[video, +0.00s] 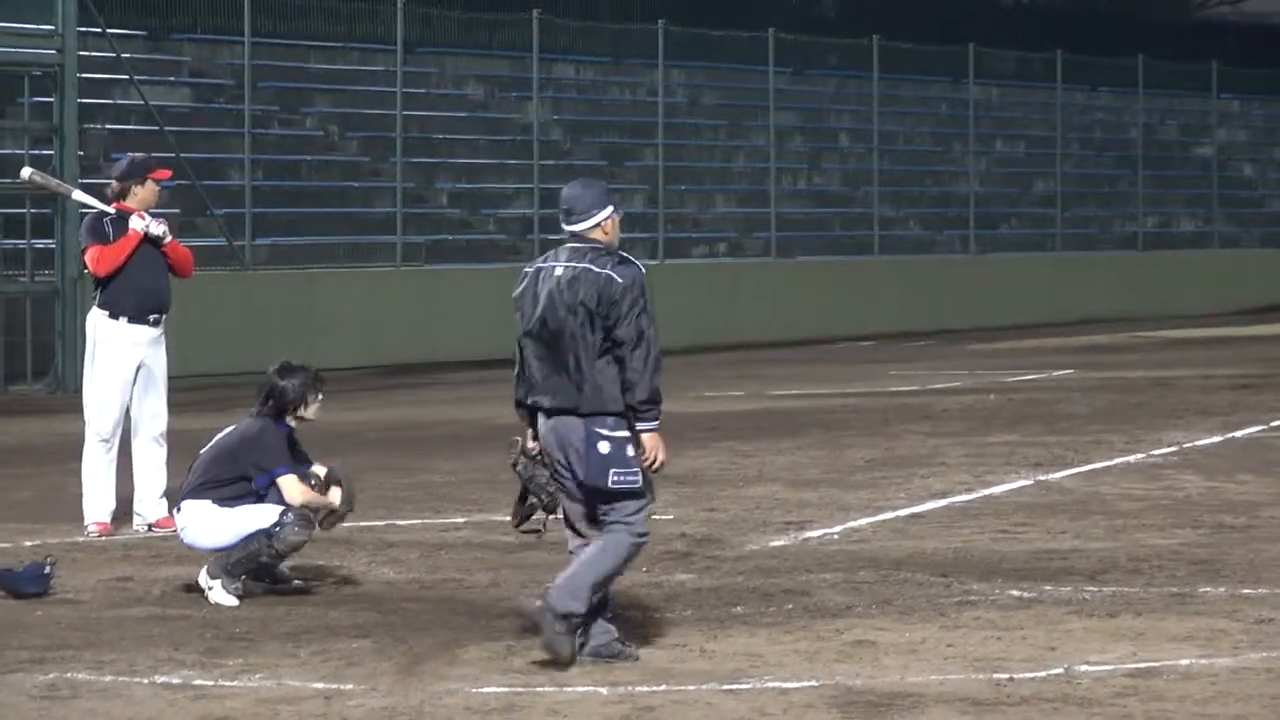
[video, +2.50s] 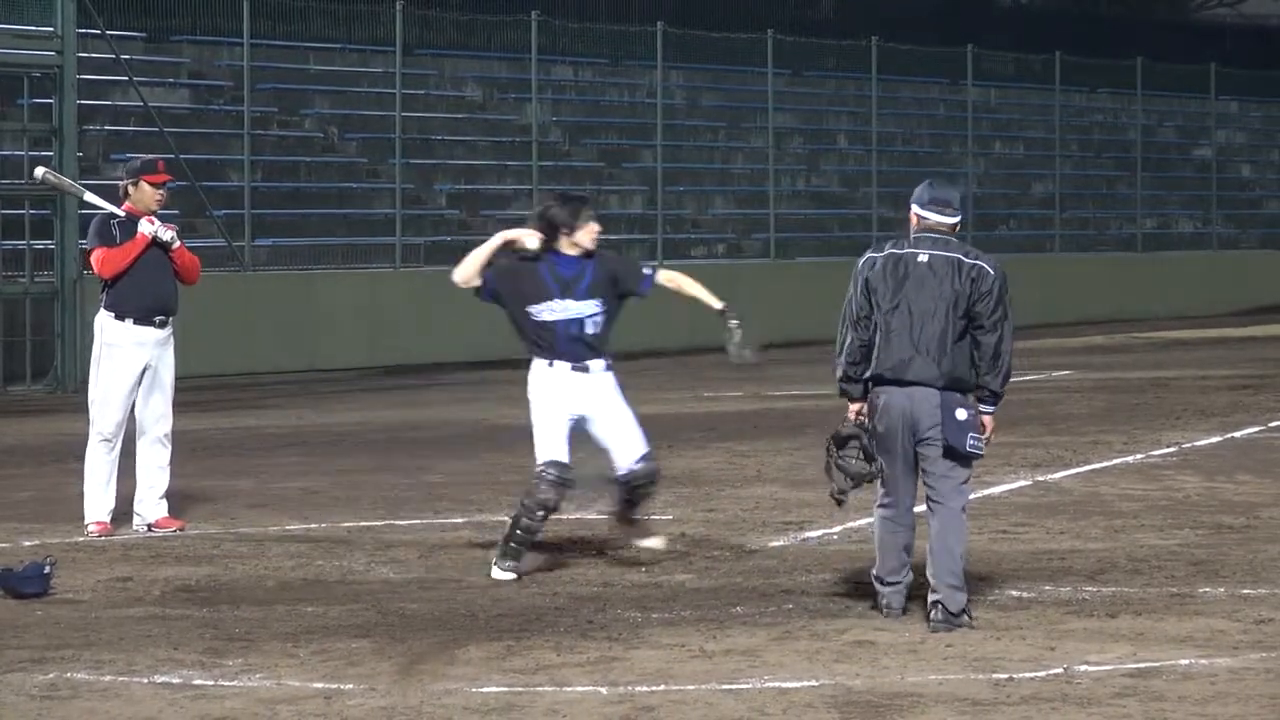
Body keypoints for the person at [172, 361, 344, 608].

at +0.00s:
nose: (321, 399)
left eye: (319, 393)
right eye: (315, 394)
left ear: (286, 399)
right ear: (297, 401)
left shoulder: (279, 430)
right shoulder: (267, 433)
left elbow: (308, 469)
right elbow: (295, 496)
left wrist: (333, 483)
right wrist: (329, 501)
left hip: (222, 511)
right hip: (201, 518)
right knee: (296, 524)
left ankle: (263, 567)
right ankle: (218, 574)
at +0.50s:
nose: (317, 407)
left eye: (315, 401)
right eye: (312, 401)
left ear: (293, 411)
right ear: (294, 409)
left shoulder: (281, 444)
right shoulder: (256, 437)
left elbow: (313, 493)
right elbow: (278, 496)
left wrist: (355, 535)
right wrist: (323, 520)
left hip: (225, 515)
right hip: (193, 523)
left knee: (312, 492)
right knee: (280, 521)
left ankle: (262, 570)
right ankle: (214, 577)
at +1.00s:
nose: (320, 403)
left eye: (319, 397)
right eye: (317, 398)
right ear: (303, 406)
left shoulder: (282, 438)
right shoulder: (266, 438)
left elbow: (306, 489)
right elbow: (283, 501)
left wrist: (355, 523)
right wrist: (334, 520)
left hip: (230, 513)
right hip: (203, 521)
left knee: (318, 494)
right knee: (290, 528)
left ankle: (263, 567)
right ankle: (217, 575)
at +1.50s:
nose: (343, 374)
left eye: (341, 367)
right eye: (339, 368)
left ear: (306, 367)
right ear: (323, 374)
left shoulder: (299, 401)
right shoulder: (285, 402)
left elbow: (316, 451)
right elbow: (302, 468)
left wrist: (374, 467)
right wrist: (355, 508)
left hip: (245, 469)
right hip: (211, 475)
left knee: (319, 500)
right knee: (298, 528)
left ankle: (269, 559)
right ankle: (208, 575)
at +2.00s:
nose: (444, 366)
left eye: (445, 359)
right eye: (442, 358)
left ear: (421, 357)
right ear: (421, 356)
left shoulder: (408, 388)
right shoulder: (379, 374)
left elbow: (423, 435)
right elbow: (346, 438)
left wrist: (448, 475)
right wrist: (385, 484)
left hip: (327, 438)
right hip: (295, 423)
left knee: (390, 488)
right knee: (293, 526)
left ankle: (328, 562)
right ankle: (208, 577)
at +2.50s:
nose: (598, 228)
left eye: (595, 221)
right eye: (588, 222)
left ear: (579, 229)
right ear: (564, 231)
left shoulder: (607, 267)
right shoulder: (521, 272)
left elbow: (669, 279)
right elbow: (461, 277)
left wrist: (720, 306)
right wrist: (503, 237)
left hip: (598, 378)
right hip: (550, 380)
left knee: (639, 468)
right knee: (553, 478)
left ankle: (625, 524)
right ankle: (508, 556)